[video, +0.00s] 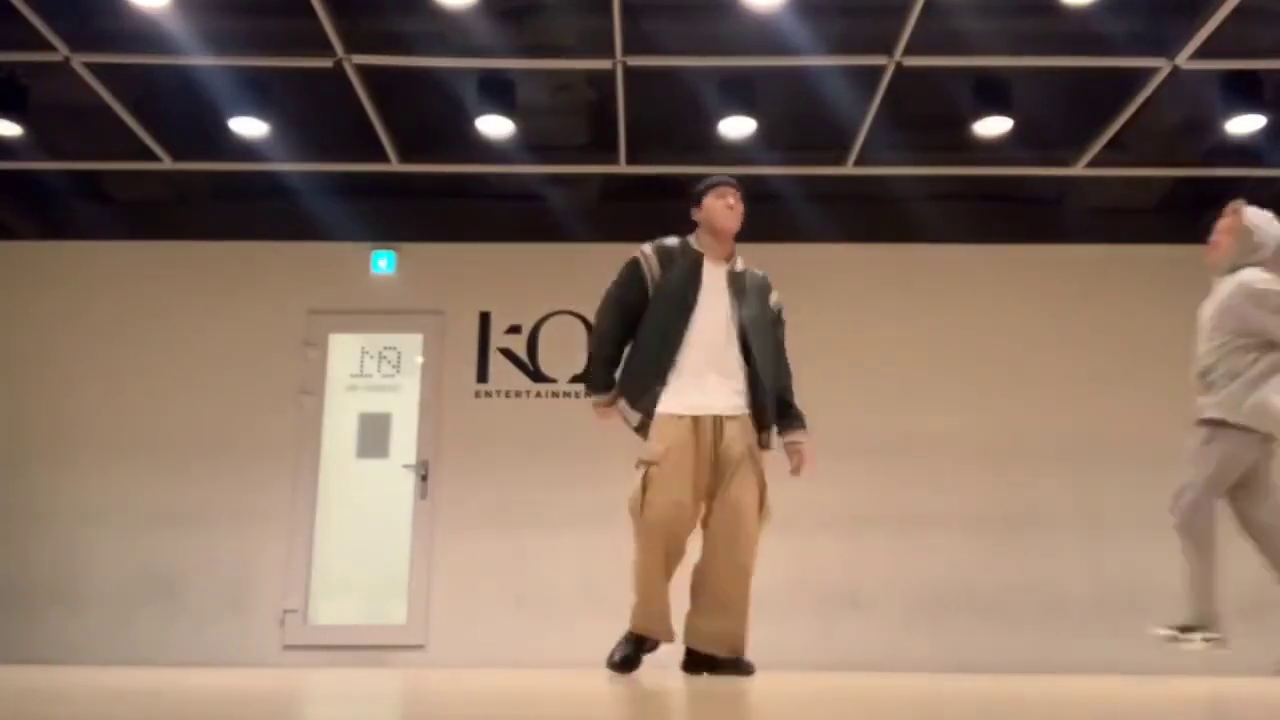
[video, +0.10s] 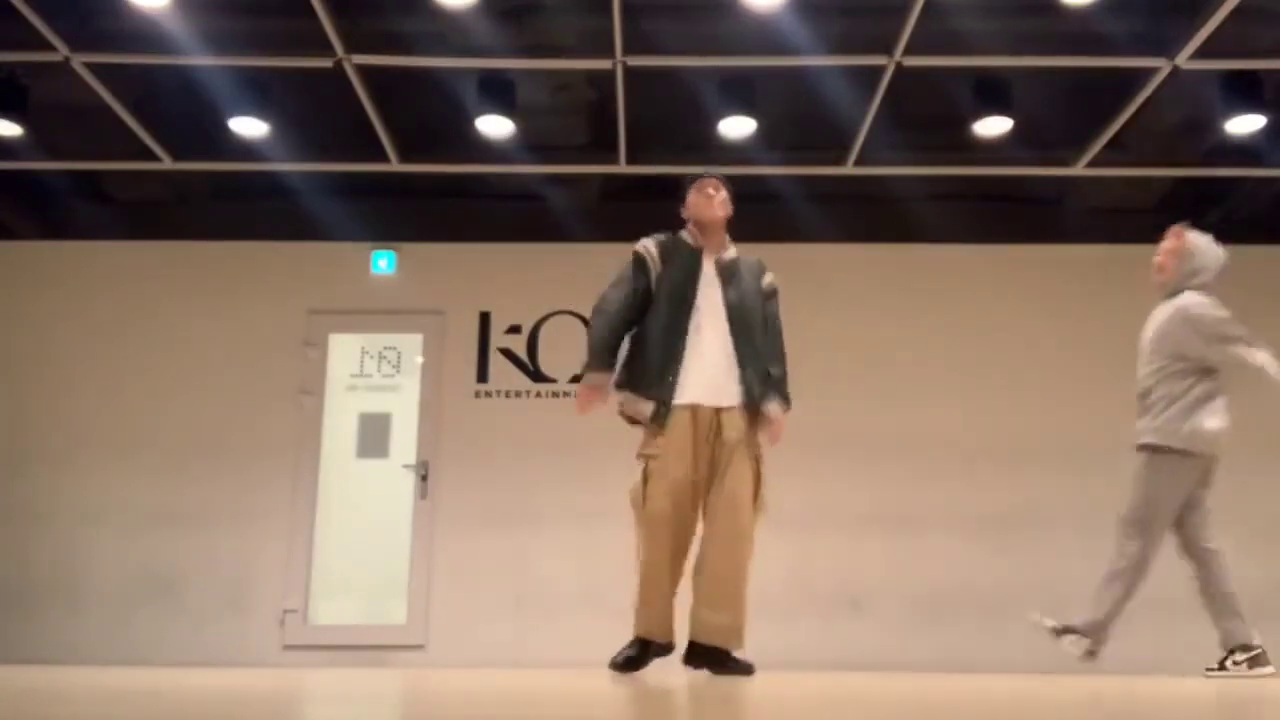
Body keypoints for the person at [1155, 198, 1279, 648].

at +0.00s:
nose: (1214, 237)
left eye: (1226, 230)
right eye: (1219, 228)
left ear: (1250, 243)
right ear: (1236, 237)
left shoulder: (1252, 287)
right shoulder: (1231, 288)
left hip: (1240, 422)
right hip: (1248, 424)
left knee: (1190, 503)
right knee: (1264, 523)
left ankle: (1203, 619)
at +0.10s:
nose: (1157, 259)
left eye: (1167, 253)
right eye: (1160, 251)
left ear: (1191, 265)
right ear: (1175, 262)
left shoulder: (1193, 309)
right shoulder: (1173, 309)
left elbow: (1250, 354)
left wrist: (1276, 374)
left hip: (1177, 446)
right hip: (1181, 447)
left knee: (1136, 534)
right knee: (1200, 546)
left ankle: (1092, 631)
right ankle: (1241, 646)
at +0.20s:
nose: (1105, 283)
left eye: (1116, 277)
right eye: (1106, 275)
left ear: (1137, 289)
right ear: (1110, 283)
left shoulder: (1136, 335)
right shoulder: (1121, 334)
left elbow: (1178, 401)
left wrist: (1207, 460)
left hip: (1100, 468)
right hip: (1125, 471)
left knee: (1056, 549)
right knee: (1137, 557)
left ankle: (1037, 649)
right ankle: (1231, 636)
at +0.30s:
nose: (1064, 278)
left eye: (1075, 273)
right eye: (1065, 270)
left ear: (1096, 287)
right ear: (1064, 279)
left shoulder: (1095, 330)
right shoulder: (1067, 330)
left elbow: (1104, 406)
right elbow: (1054, 399)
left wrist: (1066, 447)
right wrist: (1010, 412)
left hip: (1053, 461)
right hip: (1044, 458)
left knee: (1014, 545)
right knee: (1049, 551)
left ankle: (1034, 651)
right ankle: (1146, 603)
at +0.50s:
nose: (985, 246)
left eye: (997, 239)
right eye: (982, 241)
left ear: (1020, 255)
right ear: (977, 257)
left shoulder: (1031, 302)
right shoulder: (972, 304)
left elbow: (1026, 327)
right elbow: (932, 328)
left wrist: (1004, 277)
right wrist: (949, 282)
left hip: (987, 431)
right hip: (952, 429)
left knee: (981, 532)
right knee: (927, 517)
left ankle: (987, 632)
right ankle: (950, 611)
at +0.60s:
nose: (952, 277)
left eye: (961, 270)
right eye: (946, 270)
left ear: (975, 280)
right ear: (936, 278)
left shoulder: (981, 320)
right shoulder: (918, 315)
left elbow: (1001, 283)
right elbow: (876, 309)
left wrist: (985, 253)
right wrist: (917, 274)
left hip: (961, 441)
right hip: (918, 441)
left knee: (947, 546)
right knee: (890, 540)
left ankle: (942, 649)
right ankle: (880, 631)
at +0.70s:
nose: (921, 279)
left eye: (930, 273)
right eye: (914, 273)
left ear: (944, 283)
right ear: (904, 283)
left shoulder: (956, 324)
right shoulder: (883, 321)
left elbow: (985, 295)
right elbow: (842, 325)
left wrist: (951, 265)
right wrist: (882, 279)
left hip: (937, 447)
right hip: (889, 447)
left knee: (936, 551)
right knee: (859, 546)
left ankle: (941, 650)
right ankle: (830, 635)